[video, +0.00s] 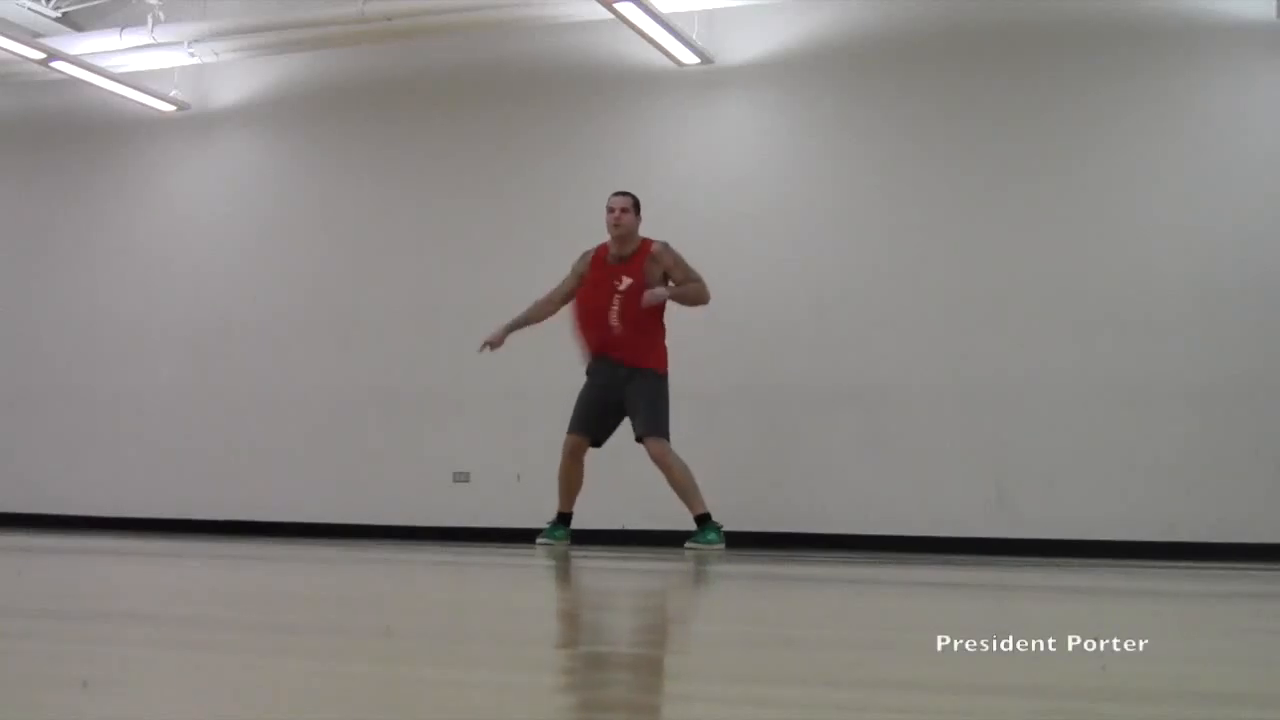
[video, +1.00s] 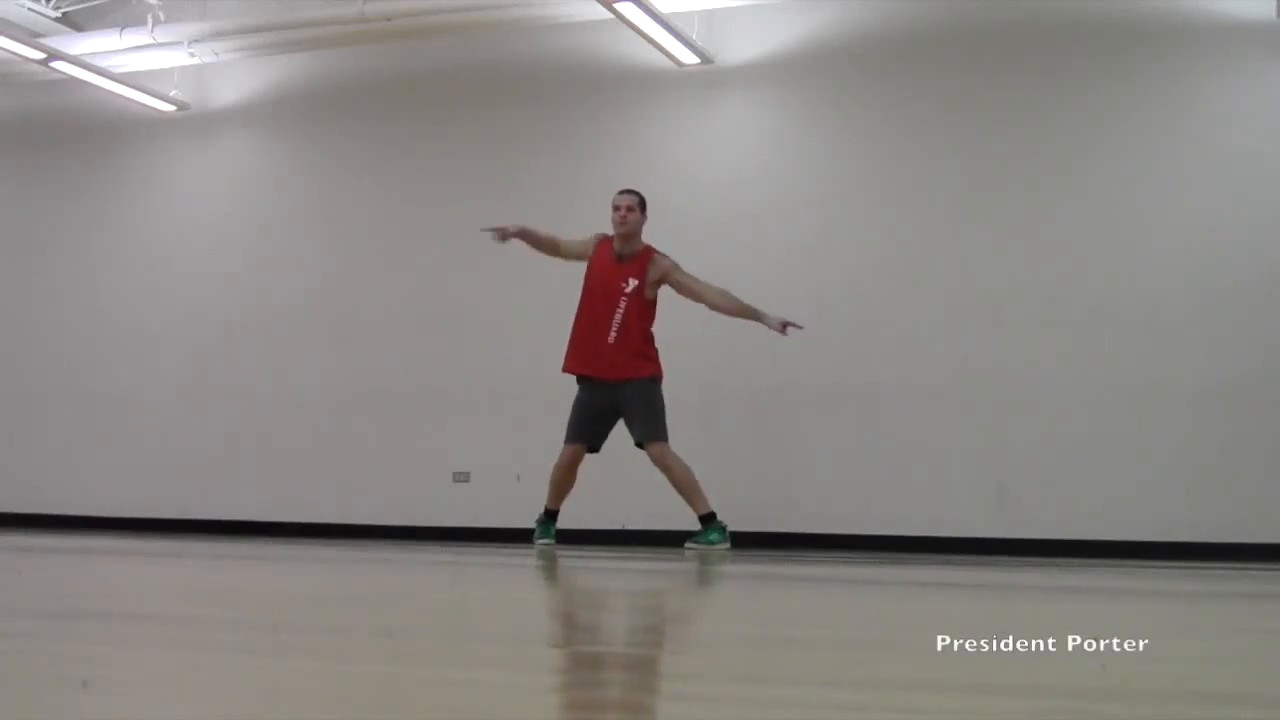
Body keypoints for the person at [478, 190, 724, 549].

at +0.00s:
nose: (616, 216)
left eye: (624, 211)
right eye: (611, 211)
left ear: (638, 219)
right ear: (604, 219)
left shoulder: (658, 254)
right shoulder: (589, 262)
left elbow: (700, 293)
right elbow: (552, 301)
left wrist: (667, 293)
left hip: (646, 371)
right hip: (605, 369)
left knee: (657, 448)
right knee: (573, 445)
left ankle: (707, 526)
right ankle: (561, 524)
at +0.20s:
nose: (615, 214)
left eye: (623, 208)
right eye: (610, 208)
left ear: (636, 216)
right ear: (603, 215)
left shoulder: (653, 258)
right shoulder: (589, 254)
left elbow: (699, 295)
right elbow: (559, 286)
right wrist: (514, 285)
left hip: (646, 368)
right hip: (605, 365)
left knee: (662, 445)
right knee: (573, 442)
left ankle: (707, 525)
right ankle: (561, 524)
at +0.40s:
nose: (611, 213)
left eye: (620, 208)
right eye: (607, 207)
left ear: (635, 216)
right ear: (603, 214)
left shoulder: (652, 259)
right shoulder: (592, 248)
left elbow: (697, 295)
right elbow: (550, 256)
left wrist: (743, 324)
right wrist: (509, 238)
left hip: (644, 371)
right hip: (601, 369)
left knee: (662, 446)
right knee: (575, 446)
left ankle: (709, 527)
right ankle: (547, 521)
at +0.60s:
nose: (611, 215)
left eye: (618, 210)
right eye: (607, 210)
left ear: (634, 218)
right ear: (600, 216)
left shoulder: (648, 265)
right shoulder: (590, 241)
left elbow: (692, 307)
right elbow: (542, 209)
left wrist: (738, 340)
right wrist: (514, 179)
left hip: (643, 375)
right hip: (600, 375)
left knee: (663, 448)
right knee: (576, 451)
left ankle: (712, 526)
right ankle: (548, 522)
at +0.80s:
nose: (616, 215)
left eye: (624, 210)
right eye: (612, 209)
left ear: (639, 217)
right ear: (606, 215)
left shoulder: (651, 261)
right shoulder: (594, 244)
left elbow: (683, 298)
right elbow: (564, 252)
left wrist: (697, 319)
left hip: (639, 376)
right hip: (597, 376)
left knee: (660, 451)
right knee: (571, 452)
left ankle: (711, 525)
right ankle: (548, 522)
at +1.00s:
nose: (621, 214)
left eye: (630, 209)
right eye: (617, 209)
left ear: (643, 219)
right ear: (610, 216)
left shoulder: (657, 264)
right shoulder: (596, 247)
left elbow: (710, 295)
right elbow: (557, 247)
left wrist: (764, 318)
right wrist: (521, 232)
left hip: (638, 378)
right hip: (594, 377)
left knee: (657, 450)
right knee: (571, 452)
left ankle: (711, 526)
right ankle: (547, 521)